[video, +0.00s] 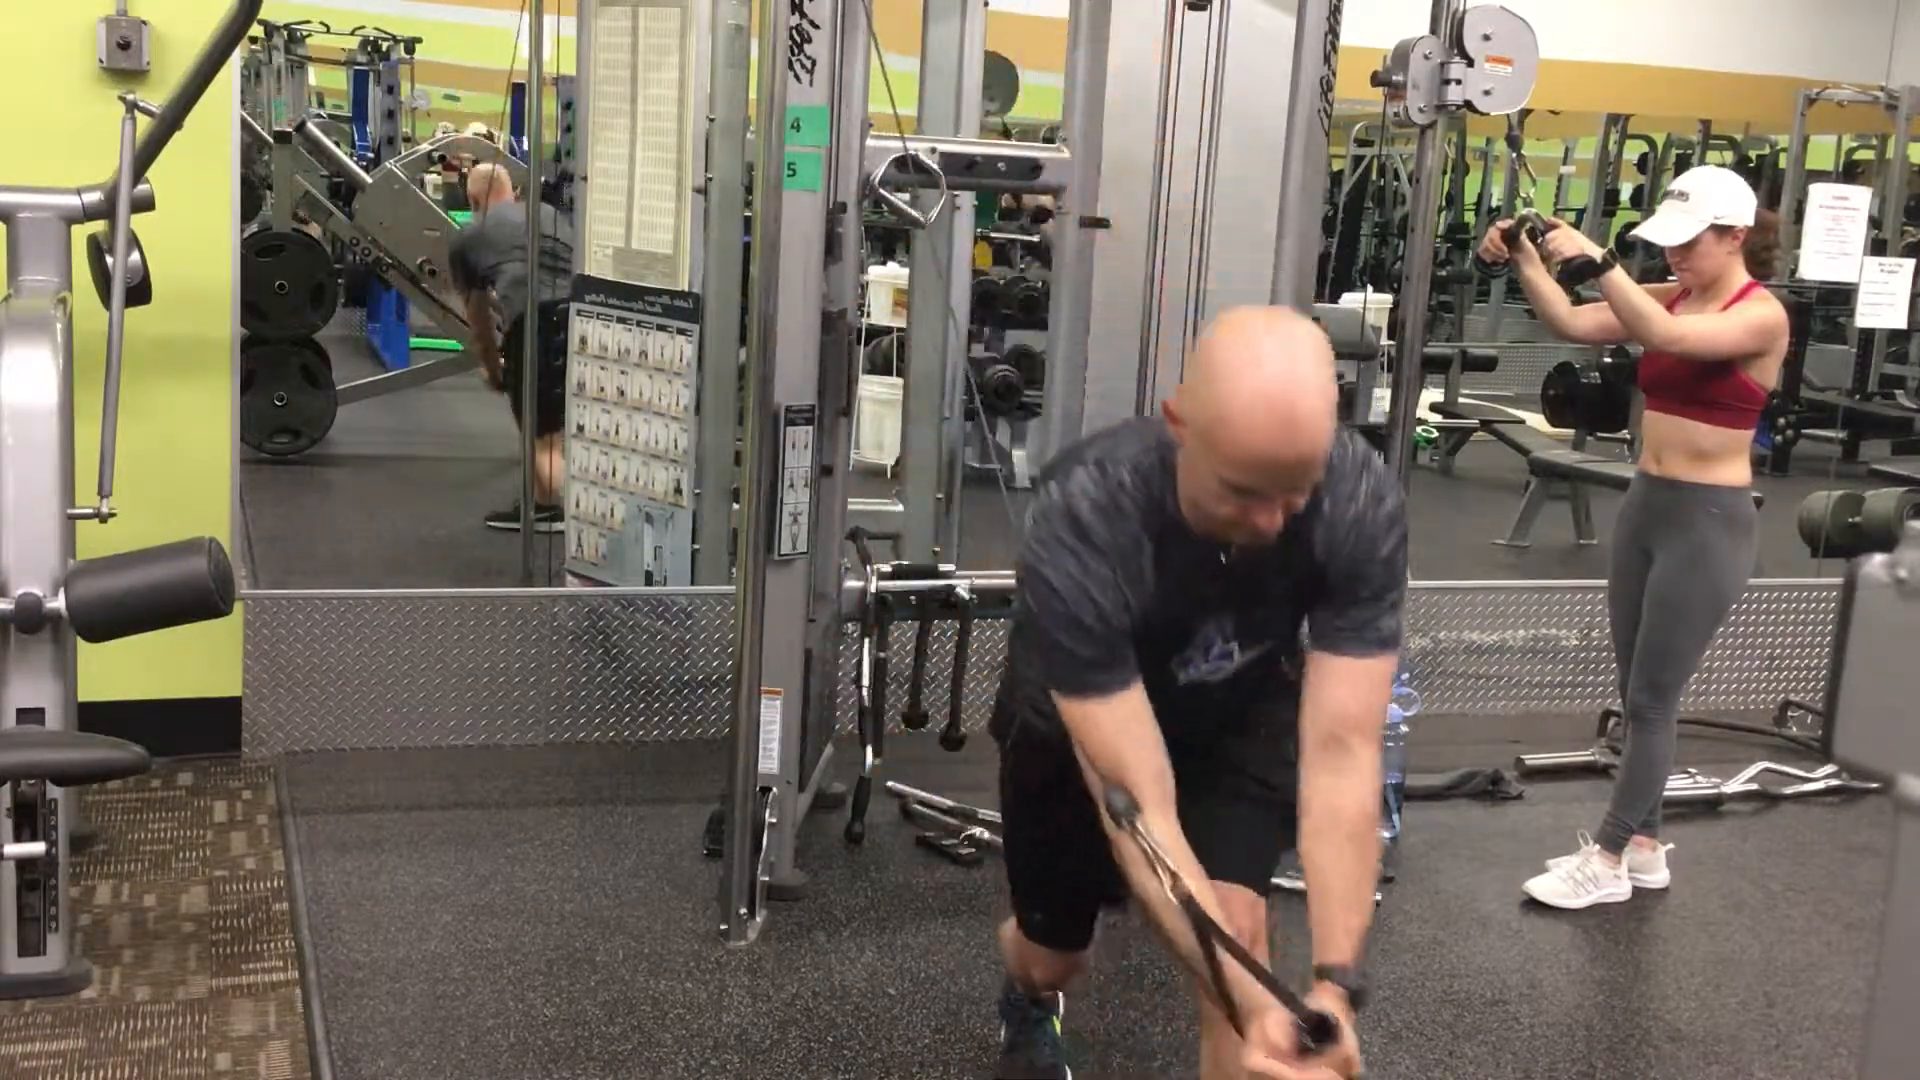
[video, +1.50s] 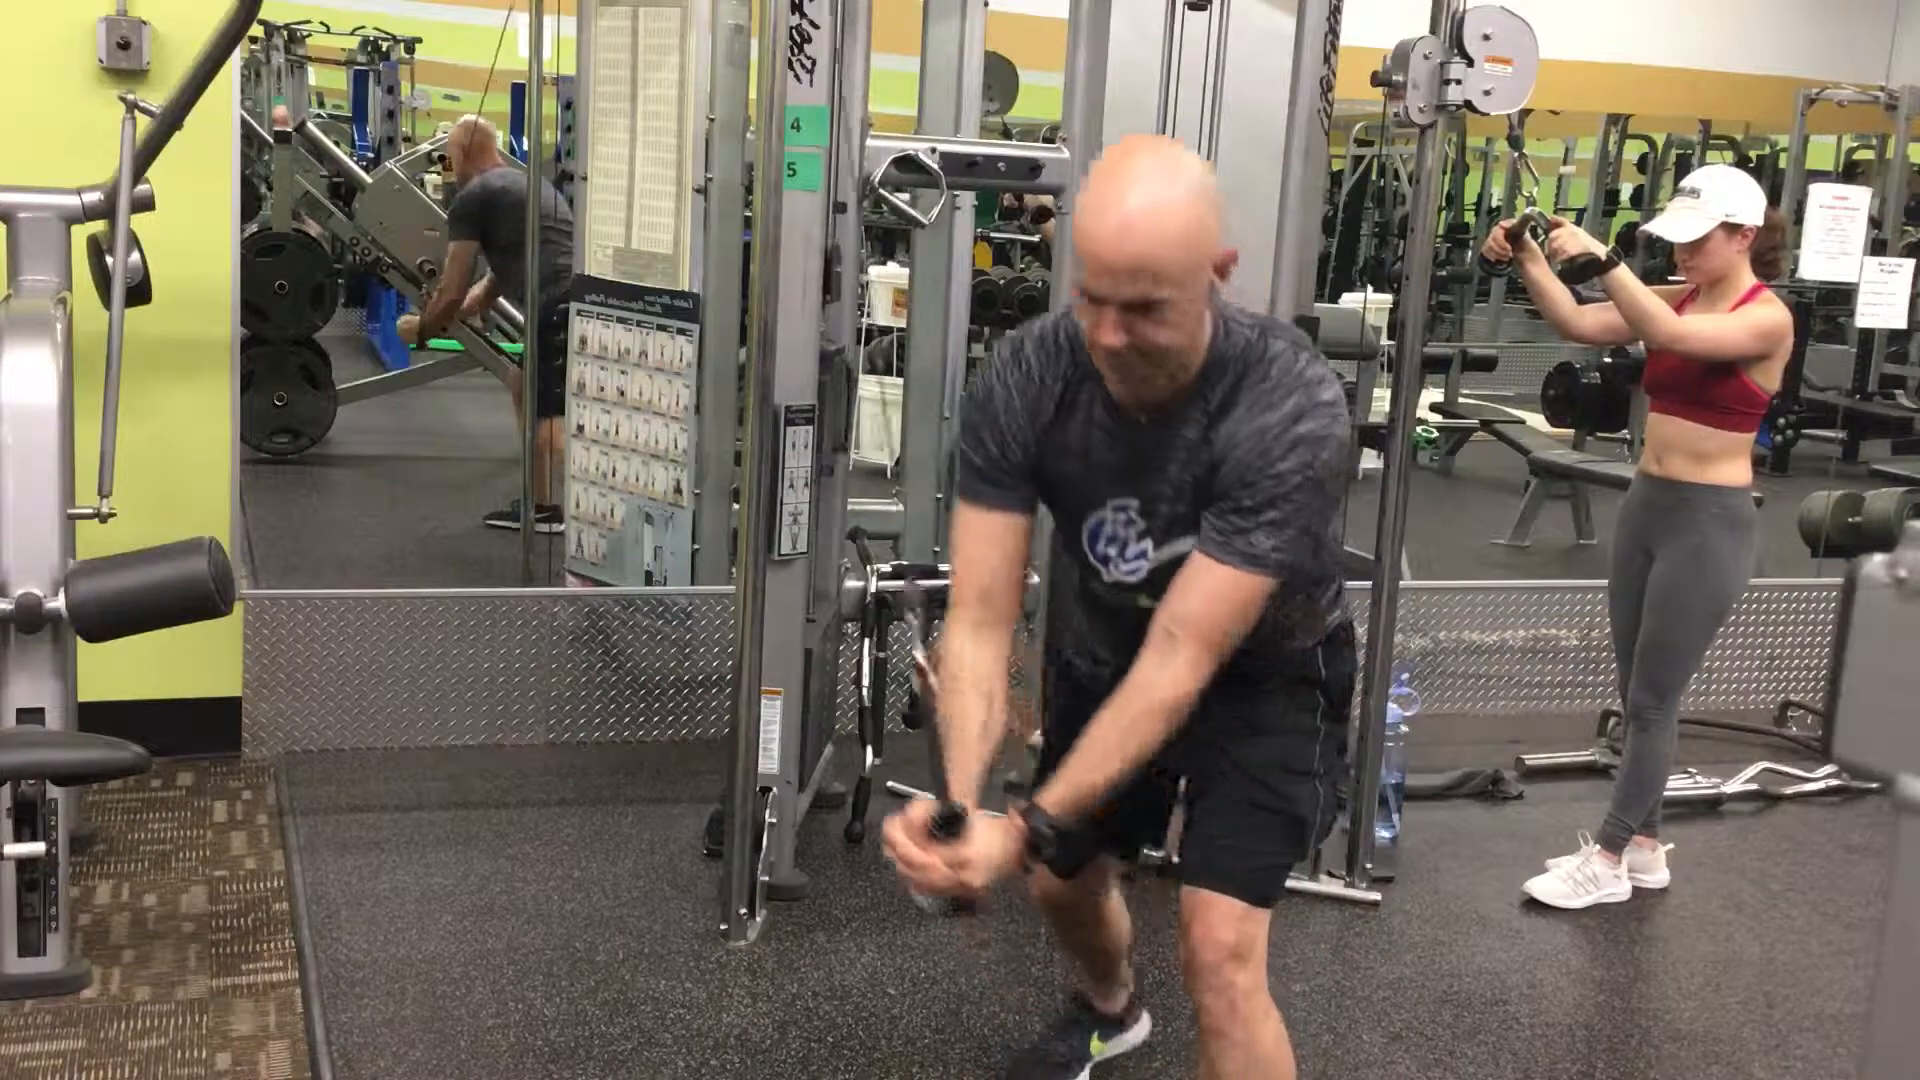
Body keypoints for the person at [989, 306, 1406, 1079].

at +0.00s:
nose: (1270, 521)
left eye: (1296, 493)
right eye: (1241, 493)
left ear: (1325, 441)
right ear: (1176, 424)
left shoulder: (1359, 507)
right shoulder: (1082, 517)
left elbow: (1345, 753)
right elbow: (1134, 804)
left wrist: (1335, 982)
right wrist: (1255, 1006)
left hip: (1238, 718)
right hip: (1079, 716)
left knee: (1236, 950)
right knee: (1053, 959)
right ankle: (1031, 1006)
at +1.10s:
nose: (1222, 489)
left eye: (1248, 455)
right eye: (1191, 459)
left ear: (1287, 384)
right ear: (1132, 393)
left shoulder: (1340, 495)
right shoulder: (1052, 500)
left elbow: (1300, 753)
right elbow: (1079, 780)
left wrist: (1253, 979)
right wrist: (1156, 987)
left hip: (1241, 732)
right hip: (1105, 723)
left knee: (1221, 953)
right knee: (1058, 944)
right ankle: (1033, 997)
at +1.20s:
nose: (1194, 449)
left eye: (1226, 420)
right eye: (1166, 414)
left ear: (1279, 356)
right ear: (1121, 351)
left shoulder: (1334, 475)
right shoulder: (1046, 466)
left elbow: (1269, 734)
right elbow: (1051, 738)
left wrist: (1187, 945)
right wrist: (1087, 931)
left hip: (1251, 715)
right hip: (1109, 705)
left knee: (1230, 960)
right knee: (1054, 923)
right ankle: (1044, 995)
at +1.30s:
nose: (1167, 406)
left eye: (1202, 378)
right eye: (1142, 370)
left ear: (1261, 333)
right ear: (1108, 316)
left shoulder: (1322, 453)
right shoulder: (1033, 436)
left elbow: (1236, 707)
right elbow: (1023, 696)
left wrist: (1124, 907)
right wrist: (1035, 888)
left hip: (1267, 694)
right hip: (1107, 686)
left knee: (1222, 947)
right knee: (1054, 900)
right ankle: (1061, 1004)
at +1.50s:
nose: (1109, 336)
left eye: (1145, 311)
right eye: (1091, 302)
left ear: (1219, 274)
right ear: (1071, 260)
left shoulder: (1291, 403)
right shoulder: (1022, 378)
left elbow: (1181, 655)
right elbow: (980, 616)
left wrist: (1032, 823)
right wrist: (962, 797)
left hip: (1262, 672)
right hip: (1102, 653)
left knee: (1219, 946)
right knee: (1060, 874)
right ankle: (1114, 1012)